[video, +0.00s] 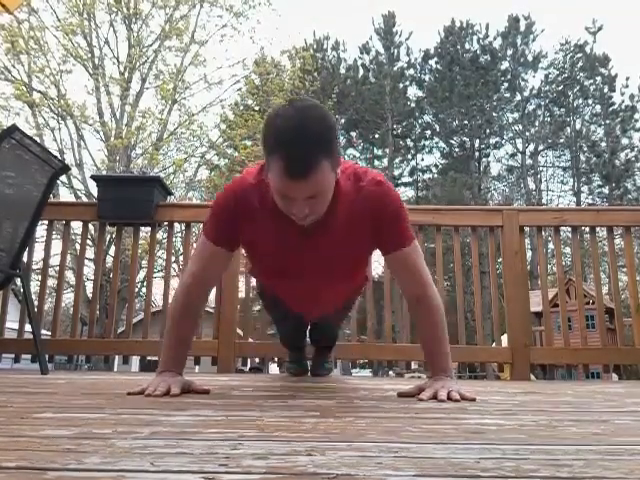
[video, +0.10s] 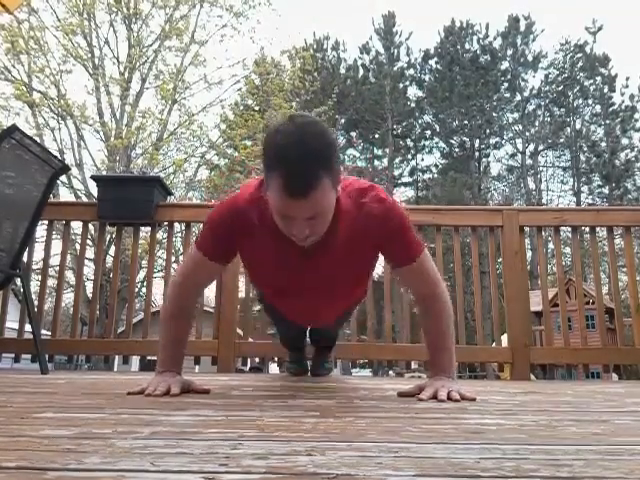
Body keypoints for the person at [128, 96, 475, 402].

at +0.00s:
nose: (299, 211)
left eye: (312, 198)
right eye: (286, 198)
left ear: (336, 170)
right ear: (267, 173)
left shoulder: (374, 197)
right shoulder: (239, 199)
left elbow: (419, 290)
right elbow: (194, 285)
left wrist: (441, 376)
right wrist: (168, 370)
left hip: (339, 295)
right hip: (279, 294)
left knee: (327, 333)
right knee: (291, 334)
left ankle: (323, 356)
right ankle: (296, 355)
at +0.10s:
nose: (300, 229)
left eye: (314, 217)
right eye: (286, 217)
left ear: (335, 186)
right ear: (267, 189)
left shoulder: (375, 211)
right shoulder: (236, 212)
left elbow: (430, 293)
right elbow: (184, 286)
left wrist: (442, 375)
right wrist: (167, 370)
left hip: (338, 306)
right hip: (282, 306)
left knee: (327, 337)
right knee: (293, 340)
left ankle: (322, 358)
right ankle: (297, 358)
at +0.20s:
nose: (298, 314)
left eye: (312, 302)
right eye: (283, 303)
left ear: (335, 268)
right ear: (263, 271)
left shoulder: (375, 259)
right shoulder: (236, 259)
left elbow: (447, 296)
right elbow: (165, 290)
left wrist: (444, 375)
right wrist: (165, 370)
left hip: (338, 334)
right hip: (272, 334)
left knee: (323, 349)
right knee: (287, 349)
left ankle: (319, 357)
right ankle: (295, 355)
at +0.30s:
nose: (297, 373)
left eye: (311, 360)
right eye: (282, 362)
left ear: (335, 314)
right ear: (258, 316)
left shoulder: (373, 286)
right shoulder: (236, 284)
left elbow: (447, 293)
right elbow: (165, 286)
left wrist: (443, 374)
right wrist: (165, 368)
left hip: (340, 365)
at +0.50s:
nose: (296, 360)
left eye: (309, 348)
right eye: (280, 350)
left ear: (334, 305)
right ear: (255, 308)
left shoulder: (371, 283)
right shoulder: (230, 280)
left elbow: (448, 295)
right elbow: (163, 290)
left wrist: (444, 375)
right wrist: (165, 369)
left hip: (339, 353)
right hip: (264, 352)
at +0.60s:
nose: (295, 310)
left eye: (308, 301)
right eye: (281, 302)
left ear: (331, 267)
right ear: (258, 271)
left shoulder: (374, 262)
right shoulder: (229, 261)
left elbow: (446, 294)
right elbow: (163, 291)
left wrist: (444, 375)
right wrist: (165, 371)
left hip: (339, 330)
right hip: (273, 333)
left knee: (330, 348)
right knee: (290, 350)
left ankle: (325, 356)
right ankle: (297, 355)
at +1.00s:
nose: (297, 276)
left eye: (309, 263)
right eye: (283, 266)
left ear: (332, 226)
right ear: (259, 233)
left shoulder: (369, 232)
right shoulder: (231, 236)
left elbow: (440, 291)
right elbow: (166, 290)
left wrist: (445, 376)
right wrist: (165, 370)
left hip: (335, 318)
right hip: (279, 320)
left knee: (326, 340)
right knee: (291, 340)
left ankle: (322, 355)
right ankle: (295, 353)